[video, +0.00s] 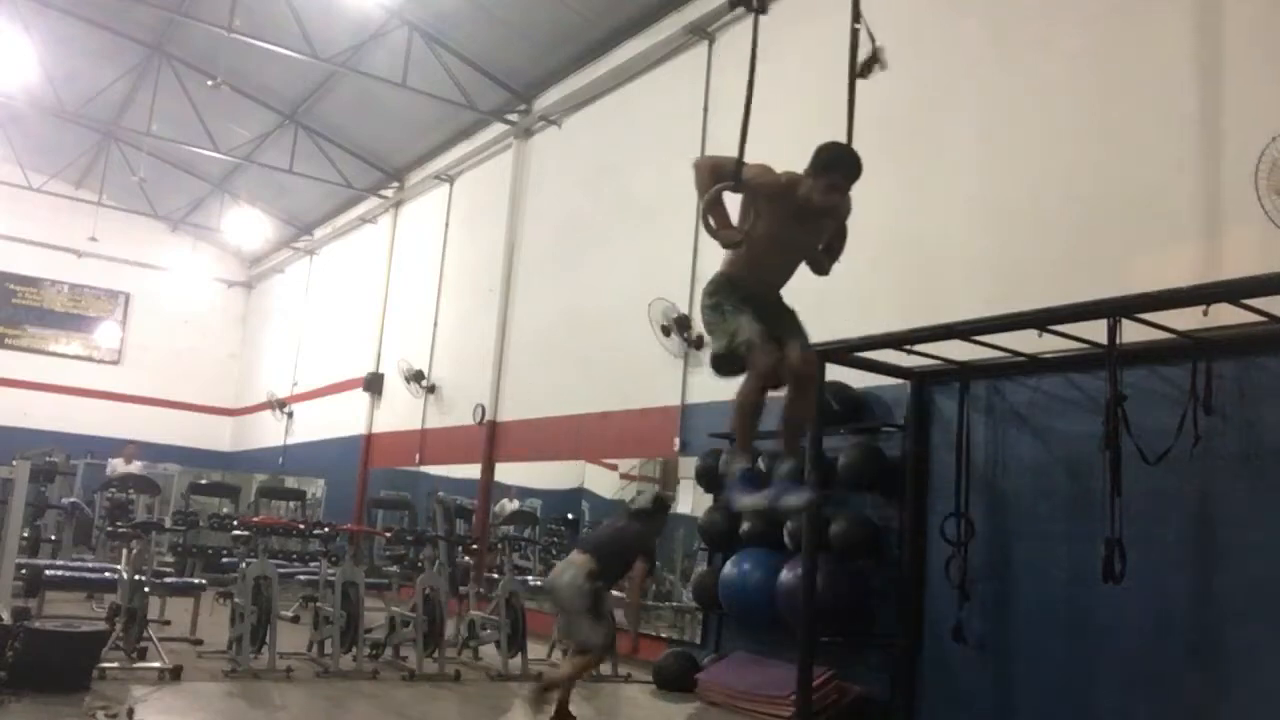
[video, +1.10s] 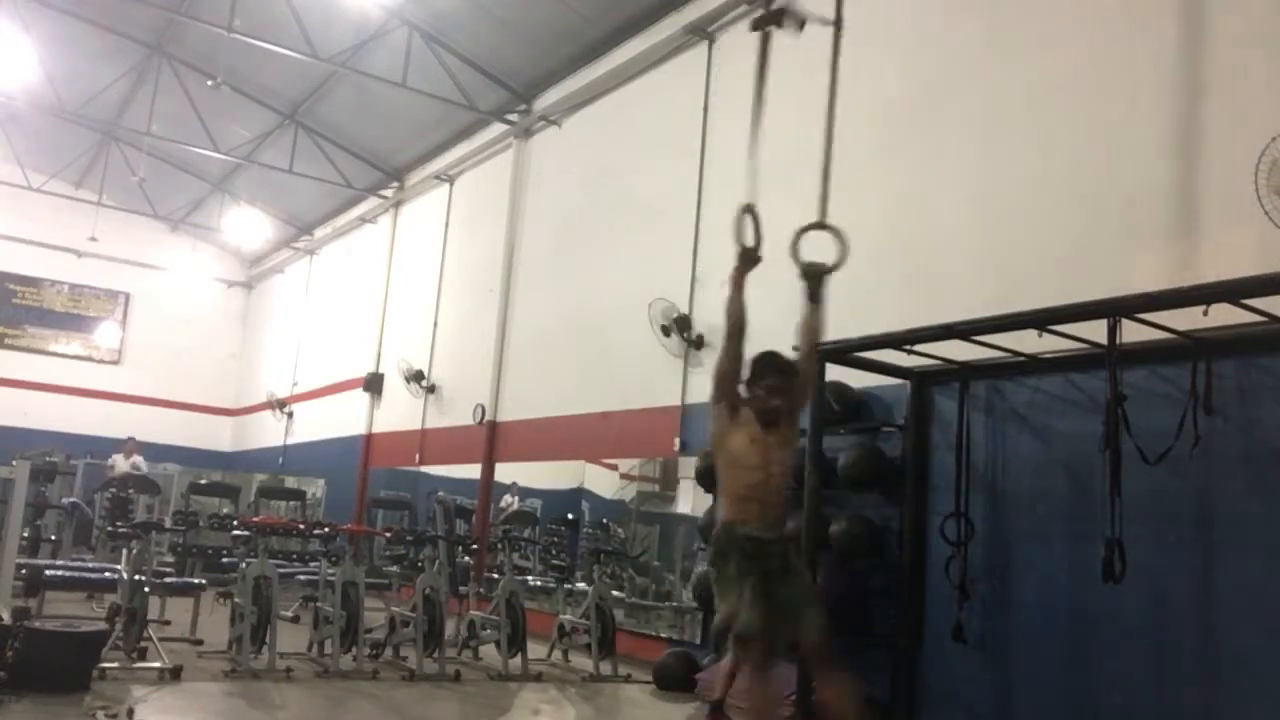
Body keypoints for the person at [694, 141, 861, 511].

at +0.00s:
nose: (840, 201)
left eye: (845, 192)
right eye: (833, 191)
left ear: (848, 186)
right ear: (810, 179)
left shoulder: (836, 210)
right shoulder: (769, 185)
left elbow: (822, 263)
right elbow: (705, 166)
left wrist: (820, 257)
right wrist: (722, 227)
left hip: (769, 302)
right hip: (728, 294)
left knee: (806, 369)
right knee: (765, 364)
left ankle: (790, 471)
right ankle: (742, 468)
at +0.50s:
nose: (818, 208)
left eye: (824, 202)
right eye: (813, 198)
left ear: (828, 203)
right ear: (790, 190)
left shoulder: (815, 240)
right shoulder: (752, 218)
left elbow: (825, 272)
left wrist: (859, 268)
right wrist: (738, 233)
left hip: (756, 324)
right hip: (715, 320)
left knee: (811, 341)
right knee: (769, 342)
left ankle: (824, 435)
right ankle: (790, 446)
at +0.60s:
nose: (791, 243)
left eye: (798, 237)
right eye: (786, 233)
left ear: (803, 238)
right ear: (767, 226)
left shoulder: (793, 278)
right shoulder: (729, 262)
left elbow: (816, 320)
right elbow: (677, 295)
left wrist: (844, 281)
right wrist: (712, 258)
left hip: (769, 370)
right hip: (722, 369)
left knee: (820, 344)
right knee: (778, 346)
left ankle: (850, 425)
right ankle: (812, 439)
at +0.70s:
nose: (755, 293)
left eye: (763, 287)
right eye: (749, 284)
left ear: (770, 291)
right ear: (735, 283)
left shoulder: (773, 327)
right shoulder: (713, 319)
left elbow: (820, 347)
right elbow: (661, 318)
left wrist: (821, 295)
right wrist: (688, 264)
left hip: (774, 416)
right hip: (730, 420)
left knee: (825, 368)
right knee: (785, 378)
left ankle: (873, 424)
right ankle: (837, 446)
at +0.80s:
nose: (738, 344)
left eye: (743, 337)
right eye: (729, 336)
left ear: (750, 342)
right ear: (712, 340)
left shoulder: (758, 373)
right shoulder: (698, 372)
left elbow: (798, 352)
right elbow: (663, 326)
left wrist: (794, 298)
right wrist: (683, 271)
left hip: (771, 458)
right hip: (731, 465)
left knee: (825, 409)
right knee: (785, 427)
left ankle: (885, 433)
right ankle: (860, 458)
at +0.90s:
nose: (737, 378)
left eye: (740, 371)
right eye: (728, 371)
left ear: (746, 376)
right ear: (709, 376)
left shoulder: (752, 405)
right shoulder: (696, 404)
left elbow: (767, 352)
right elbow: (688, 342)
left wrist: (768, 299)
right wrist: (694, 284)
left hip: (772, 507)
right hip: (733, 513)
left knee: (827, 484)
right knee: (769, 491)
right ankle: (870, 500)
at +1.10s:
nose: (772, 398)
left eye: (780, 391)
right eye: (765, 390)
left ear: (790, 394)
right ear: (750, 389)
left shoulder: (786, 422)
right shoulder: (729, 419)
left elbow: (809, 358)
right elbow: (733, 340)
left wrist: (813, 293)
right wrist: (739, 278)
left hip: (778, 545)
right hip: (735, 544)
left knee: (810, 639)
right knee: (750, 642)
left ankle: (814, 700)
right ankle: (729, 706)